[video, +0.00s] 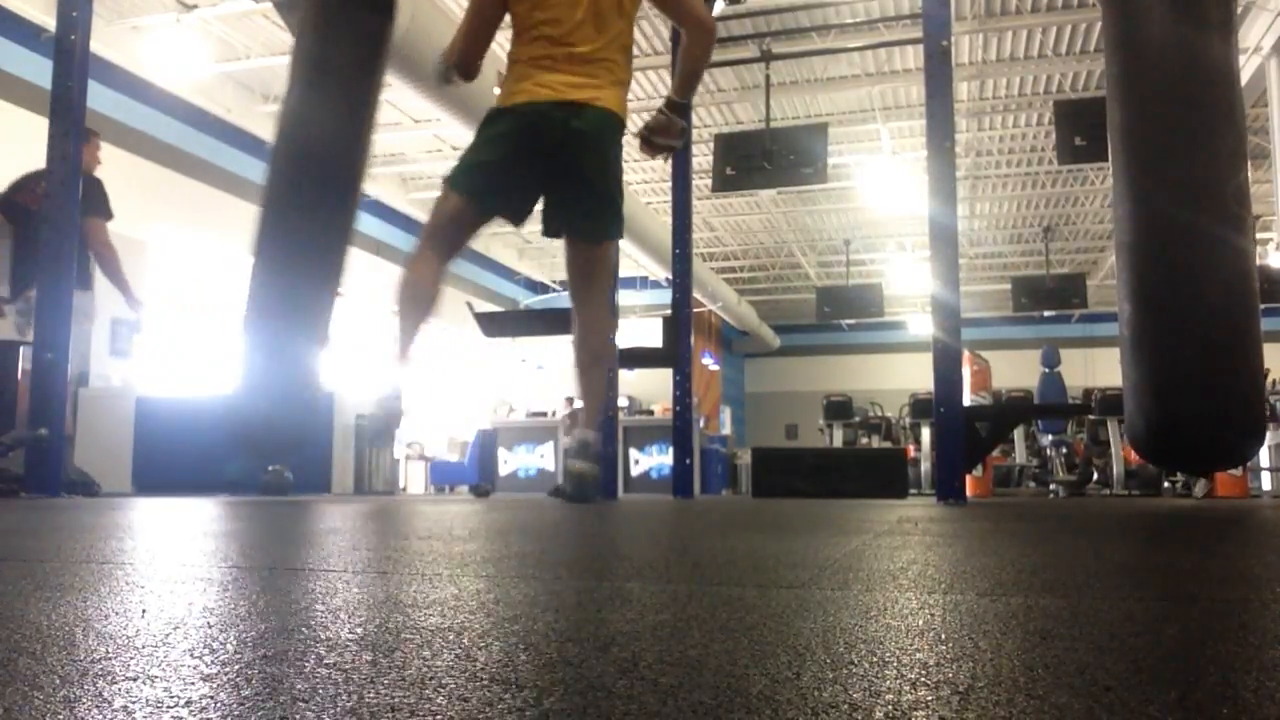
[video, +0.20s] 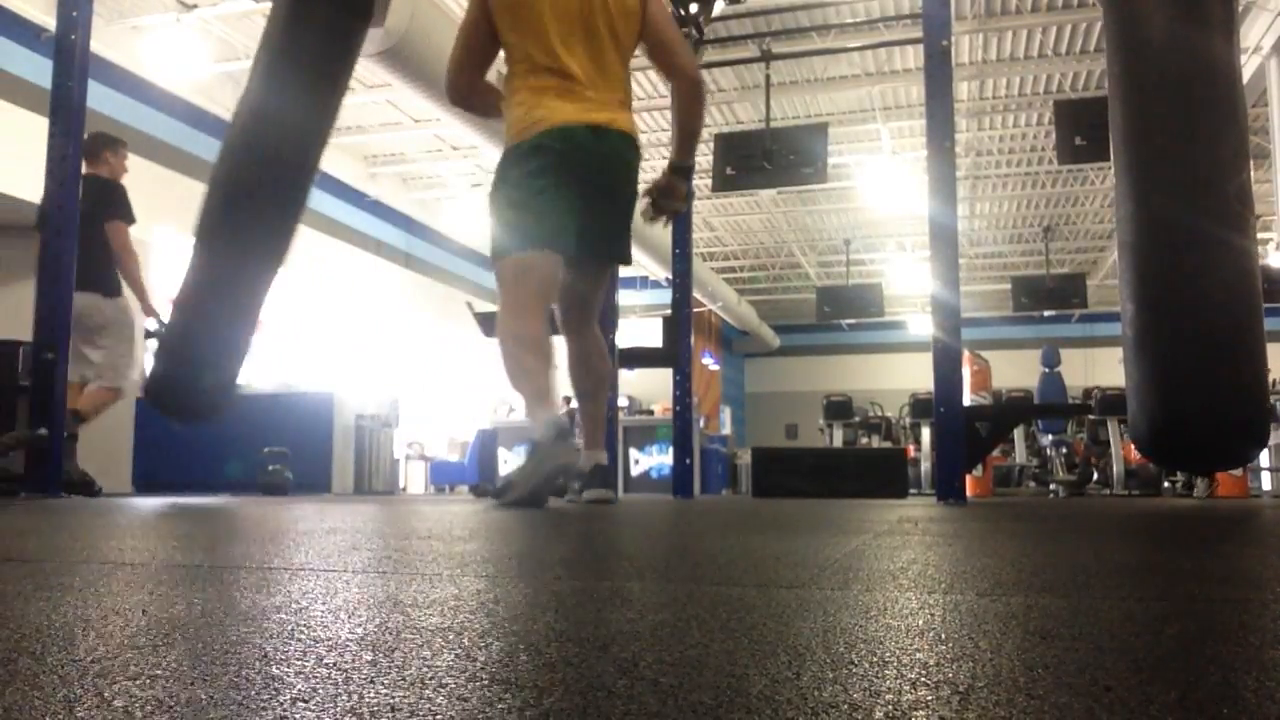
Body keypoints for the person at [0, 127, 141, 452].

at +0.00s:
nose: (99, 158)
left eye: (99, 150)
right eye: (95, 150)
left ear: (65, 147)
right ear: (79, 148)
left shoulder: (30, 181)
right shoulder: (87, 184)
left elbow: (13, 235)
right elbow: (97, 242)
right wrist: (129, 294)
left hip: (29, 290)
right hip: (71, 293)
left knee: (31, 371)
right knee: (68, 374)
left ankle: (22, 446)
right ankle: (61, 452)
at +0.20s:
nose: (126, 168)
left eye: (126, 161)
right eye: (122, 160)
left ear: (91, 158)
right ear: (106, 158)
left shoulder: (60, 188)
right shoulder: (111, 191)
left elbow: (43, 245)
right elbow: (121, 249)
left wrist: (50, 290)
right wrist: (144, 300)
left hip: (62, 294)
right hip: (98, 297)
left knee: (72, 376)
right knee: (115, 379)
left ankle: (66, 466)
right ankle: (63, 426)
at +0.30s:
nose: (139, 173)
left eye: (139, 166)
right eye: (137, 165)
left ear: (106, 162)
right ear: (121, 162)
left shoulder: (80, 191)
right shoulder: (122, 194)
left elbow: (70, 244)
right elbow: (128, 248)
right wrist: (144, 293)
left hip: (77, 295)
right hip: (108, 296)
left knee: (75, 380)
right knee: (143, 371)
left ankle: (67, 466)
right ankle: (95, 450)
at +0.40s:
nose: (151, 181)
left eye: (152, 175)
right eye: (149, 174)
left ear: (118, 170)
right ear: (135, 171)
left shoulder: (87, 200)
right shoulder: (135, 202)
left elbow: (72, 250)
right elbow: (137, 257)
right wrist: (147, 300)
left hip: (78, 296)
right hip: (116, 295)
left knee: (77, 382)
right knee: (146, 380)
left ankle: (68, 467)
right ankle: (145, 468)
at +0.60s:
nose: (176, 194)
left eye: (175, 189)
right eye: (175, 189)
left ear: (145, 187)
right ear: (167, 188)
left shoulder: (119, 218)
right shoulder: (174, 221)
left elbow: (118, 272)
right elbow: (186, 269)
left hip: (117, 320)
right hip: (161, 321)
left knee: (103, 388)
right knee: (165, 398)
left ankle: (76, 460)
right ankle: (169, 475)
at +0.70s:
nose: (188, 198)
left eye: (185, 192)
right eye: (188, 192)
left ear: (159, 190)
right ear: (184, 192)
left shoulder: (133, 221)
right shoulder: (187, 225)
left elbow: (133, 276)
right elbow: (195, 277)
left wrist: (131, 322)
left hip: (138, 326)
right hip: (175, 327)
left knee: (129, 393)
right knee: (174, 401)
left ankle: (95, 444)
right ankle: (170, 475)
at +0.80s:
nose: (202, 202)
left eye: (201, 196)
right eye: (202, 197)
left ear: (171, 194)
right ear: (198, 196)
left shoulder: (145, 223)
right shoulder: (199, 226)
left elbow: (140, 273)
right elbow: (210, 273)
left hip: (149, 321)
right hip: (184, 321)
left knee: (152, 388)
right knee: (180, 393)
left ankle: (126, 436)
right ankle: (171, 474)